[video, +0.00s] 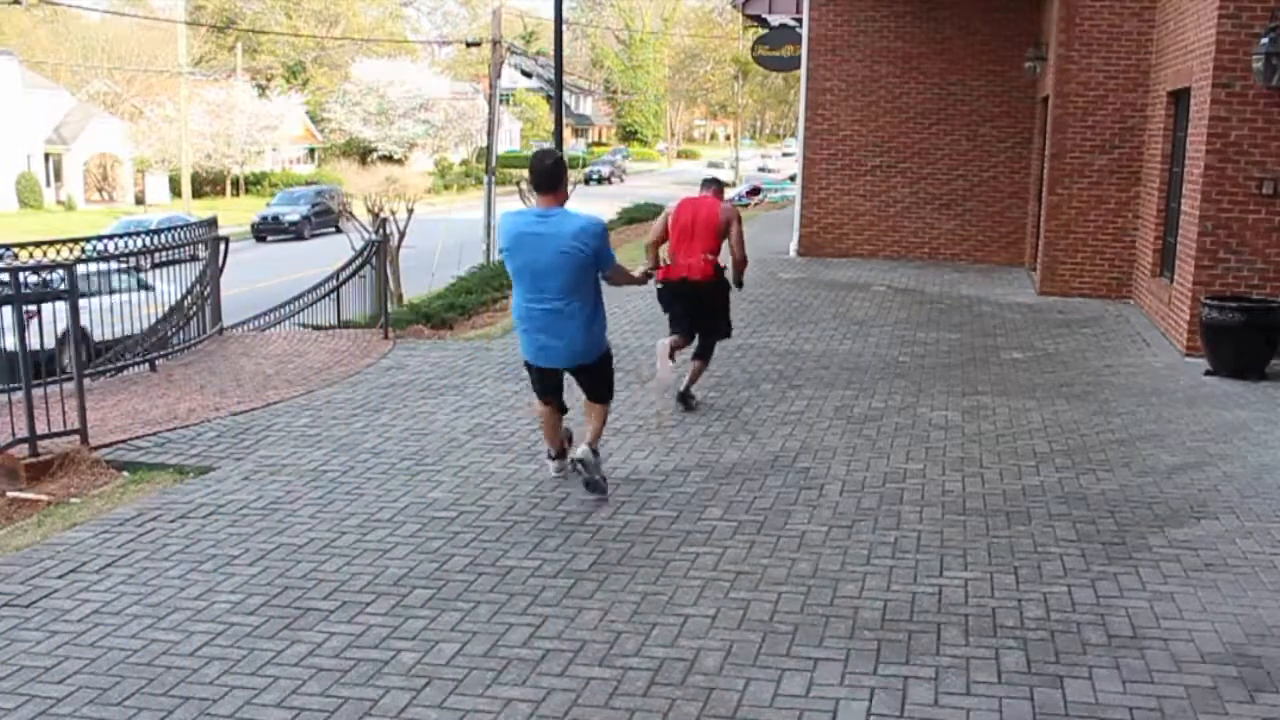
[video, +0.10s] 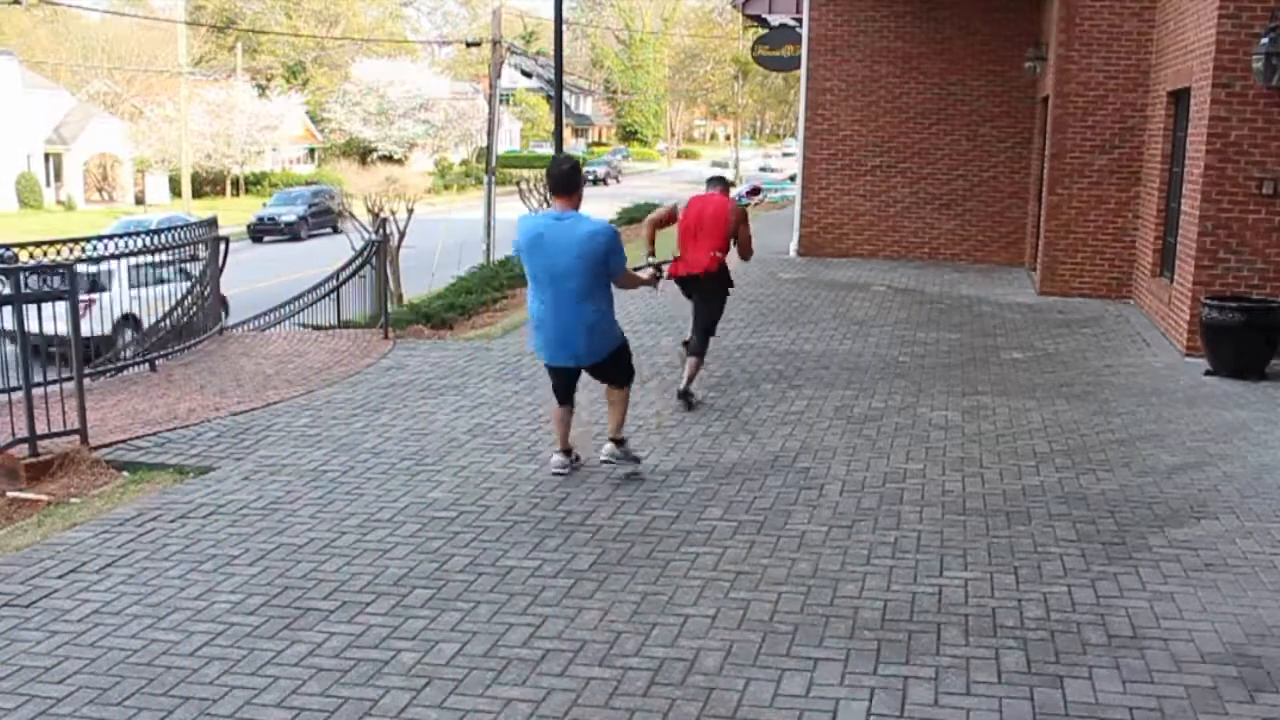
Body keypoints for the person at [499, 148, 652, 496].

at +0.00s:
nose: (567, 183)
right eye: (566, 178)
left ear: (531, 185)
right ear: (566, 182)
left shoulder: (508, 225)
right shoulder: (590, 228)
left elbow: (517, 269)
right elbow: (612, 274)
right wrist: (636, 279)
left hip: (536, 344)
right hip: (584, 341)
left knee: (549, 404)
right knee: (598, 396)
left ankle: (556, 456)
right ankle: (589, 447)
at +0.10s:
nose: (579, 188)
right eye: (580, 183)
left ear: (548, 189)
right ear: (581, 187)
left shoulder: (527, 228)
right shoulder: (601, 232)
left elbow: (528, 267)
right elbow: (621, 279)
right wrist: (647, 279)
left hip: (551, 338)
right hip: (596, 335)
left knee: (562, 398)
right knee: (620, 377)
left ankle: (561, 453)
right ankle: (615, 441)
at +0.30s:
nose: (624, 185)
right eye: (624, 181)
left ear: (594, 184)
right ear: (623, 184)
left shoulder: (570, 219)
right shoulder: (641, 227)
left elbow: (561, 246)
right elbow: (652, 267)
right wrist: (661, 262)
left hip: (586, 318)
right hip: (627, 323)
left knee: (591, 357)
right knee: (641, 375)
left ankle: (575, 408)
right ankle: (652, 428)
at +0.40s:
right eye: (636, 179)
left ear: (608, 183)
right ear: (638, 182)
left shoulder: (588, 219)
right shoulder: (657, 223)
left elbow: (574, 255)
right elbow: (668, 266)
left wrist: (605, 248)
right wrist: (679, 256)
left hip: (607, 317)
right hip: (646, 320)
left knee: (610, 355)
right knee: (657, 371)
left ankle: (605, 410)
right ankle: (652, 423)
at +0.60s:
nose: (647, 182)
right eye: (650, 177)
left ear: (626, 181)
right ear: (654, 180)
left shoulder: (608, 214)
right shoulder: (672, 216)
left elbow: (612, 251)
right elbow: (692, 255)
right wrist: (706, 255)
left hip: (632, 307)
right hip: (669, 303)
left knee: (641, 355)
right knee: (685, 337)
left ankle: (644, 400)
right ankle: (679, 389)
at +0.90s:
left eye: (674, 176)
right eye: (689, 175)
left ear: (668, 178)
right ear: (692, 178)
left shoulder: (650, 207)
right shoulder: (710, 209)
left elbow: (644, 235)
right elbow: (718, 238)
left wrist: (670, 231)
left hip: (667, 288)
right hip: (702, 288)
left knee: (670, 323)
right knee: (710, 335)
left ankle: (664, 370)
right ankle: (713, 380)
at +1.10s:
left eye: (680, 171)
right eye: (696, 170)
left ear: (677, 173)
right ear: (701, 172)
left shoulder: (662, 203)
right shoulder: (719, 201)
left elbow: (664, 229)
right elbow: (731, 233)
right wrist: (745, 231)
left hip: (683, 280)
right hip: (716, 277)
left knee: (683, 322)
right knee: (725, 312)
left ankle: (682, 363)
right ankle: (722, 352)